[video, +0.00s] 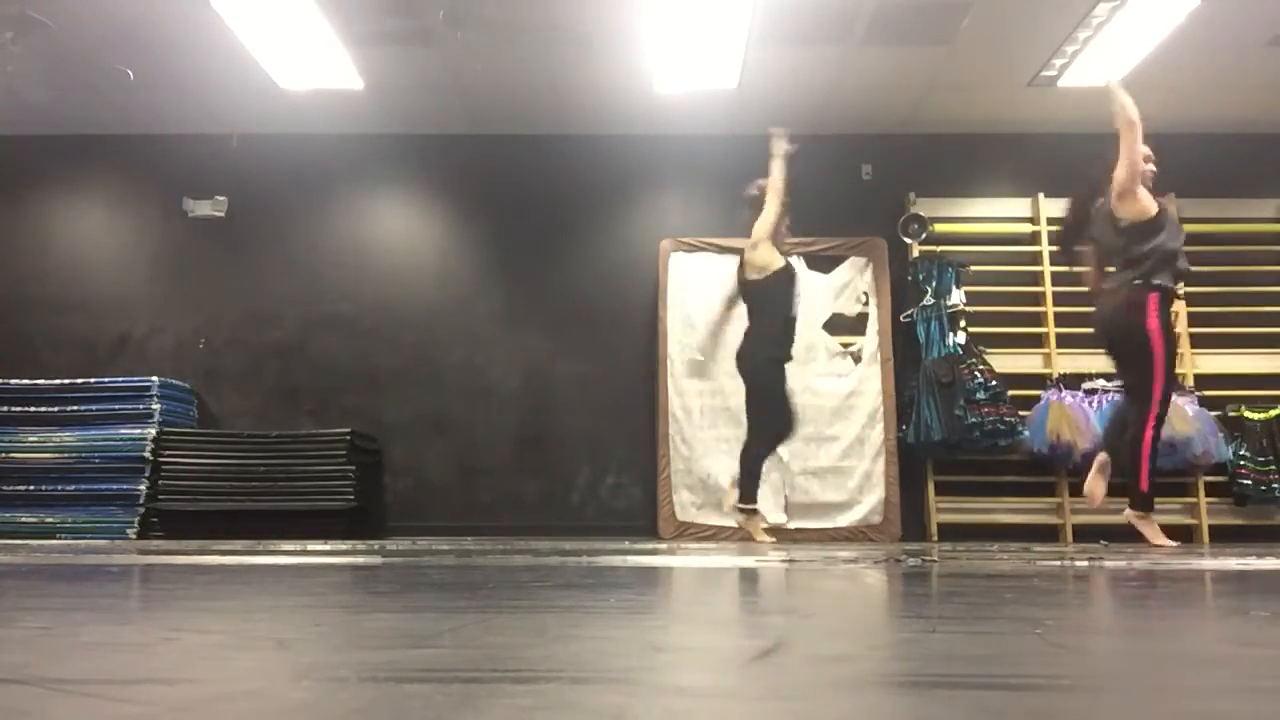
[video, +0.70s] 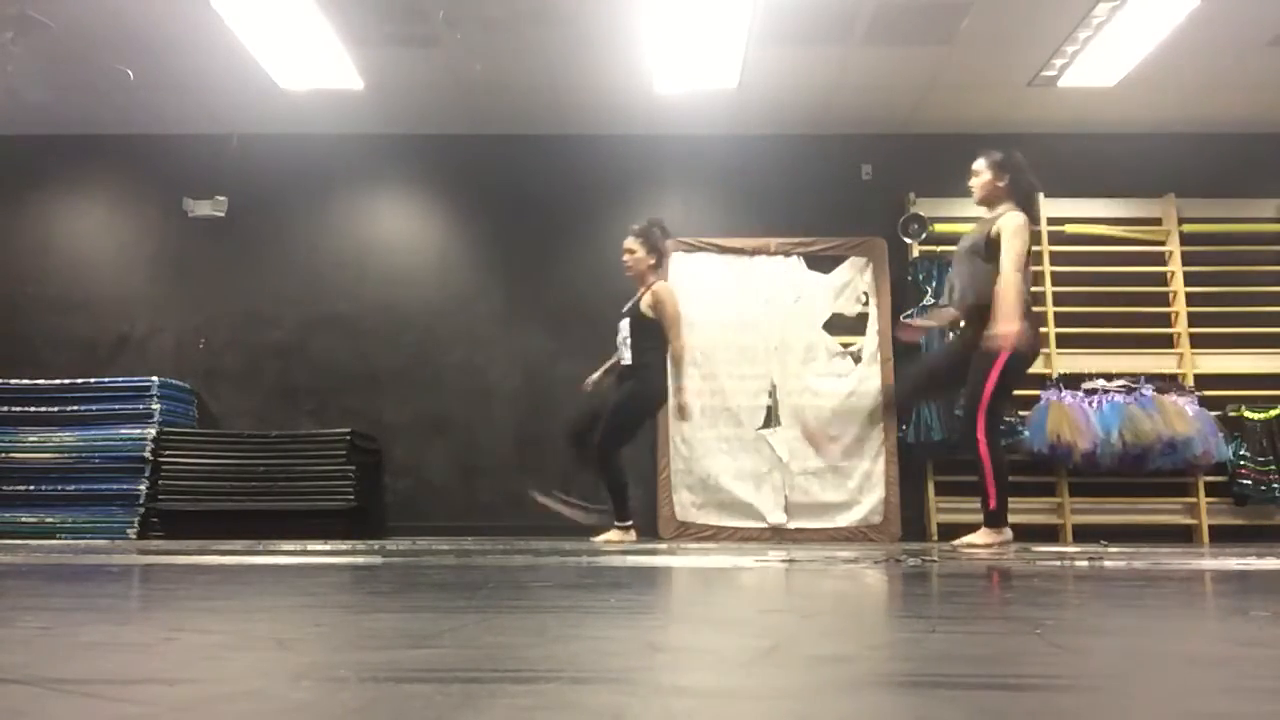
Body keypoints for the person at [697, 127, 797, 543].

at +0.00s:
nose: (784, 219)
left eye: (783, 212)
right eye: (779, 212)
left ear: (760, 214)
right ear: (766, 213)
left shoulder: (752, 256)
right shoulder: (761, 246)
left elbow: (727, 307)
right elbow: (774, 195)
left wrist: (706, 347)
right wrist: (779, 152)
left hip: (761, 352)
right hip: (763, 354)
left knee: (779, 424)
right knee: (764, 430)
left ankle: (742, 482)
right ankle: (748, 512)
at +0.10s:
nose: (762, 218)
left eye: (752, 211)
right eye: (759, 212)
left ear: (730, 221)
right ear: (758, 219)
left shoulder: (725, 268)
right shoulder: (769, 250)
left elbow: (687, 309)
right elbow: (768, 198)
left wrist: (655, 339)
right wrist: (758, 155)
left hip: (735, 352)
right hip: (771, 354)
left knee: (744, 421)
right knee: (761, 428)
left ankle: (737, 481)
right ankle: (752, 514)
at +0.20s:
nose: (708, 233)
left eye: (711, 227)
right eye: (710, 226)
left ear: (722, 228)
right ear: (744, 225)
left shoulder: (713, 265)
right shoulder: (761, 251)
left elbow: (679, 300)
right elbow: (762, 201)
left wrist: (647, 327)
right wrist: (760, 157)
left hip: (727, 355)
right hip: (764, 356)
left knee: (703, 416)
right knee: (759, 435)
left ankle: (716, 484)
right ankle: (760, 512)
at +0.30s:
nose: (687, 238)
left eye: (691, 233)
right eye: (688, 232)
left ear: (709, 236)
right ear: (722, 234)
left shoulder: (697, 267)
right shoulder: (742, 256)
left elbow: (682, 295)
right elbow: (752, 214)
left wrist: (670, 321)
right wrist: (754, 179)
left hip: (713, 361)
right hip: (748, 361)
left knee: (674, 423)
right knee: (755, 435)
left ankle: (680, 494)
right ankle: (771, 510)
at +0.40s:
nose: (669, 249)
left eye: (674, 243)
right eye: (669, 243)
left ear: (694, 246)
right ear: (698, 246)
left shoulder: (687, 278)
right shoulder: (720, 270)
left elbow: (697, 306)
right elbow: (730, 244)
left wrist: (701, 334)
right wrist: (730, 219)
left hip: (702, 373)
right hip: (731, 371)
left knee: (655, 429)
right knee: (741, 439)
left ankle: (641, 509)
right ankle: (769, 513)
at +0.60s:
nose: (637, 260)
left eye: (643, 254)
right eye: (637, 253)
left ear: (664, 259)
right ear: (656, 260)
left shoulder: (670, 294)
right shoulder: (658, 294)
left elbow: (692, 338)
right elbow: (659, 342)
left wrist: (706, 380)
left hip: (655, 391)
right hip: (659, 390)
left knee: (610, 448)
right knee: (657, 462)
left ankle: (624, 525)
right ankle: (719, 493)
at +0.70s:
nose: (624, 259)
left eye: (632, 253)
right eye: (624, 253)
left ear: (652, 258)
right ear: (631, 258)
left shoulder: (661, 292)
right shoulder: (640, 295)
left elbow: (676, 344)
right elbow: (629, 347)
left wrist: (680, 394)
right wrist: (602, 373)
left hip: (647, 385)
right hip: (630, 383)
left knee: (606, 444)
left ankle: (624, 525)